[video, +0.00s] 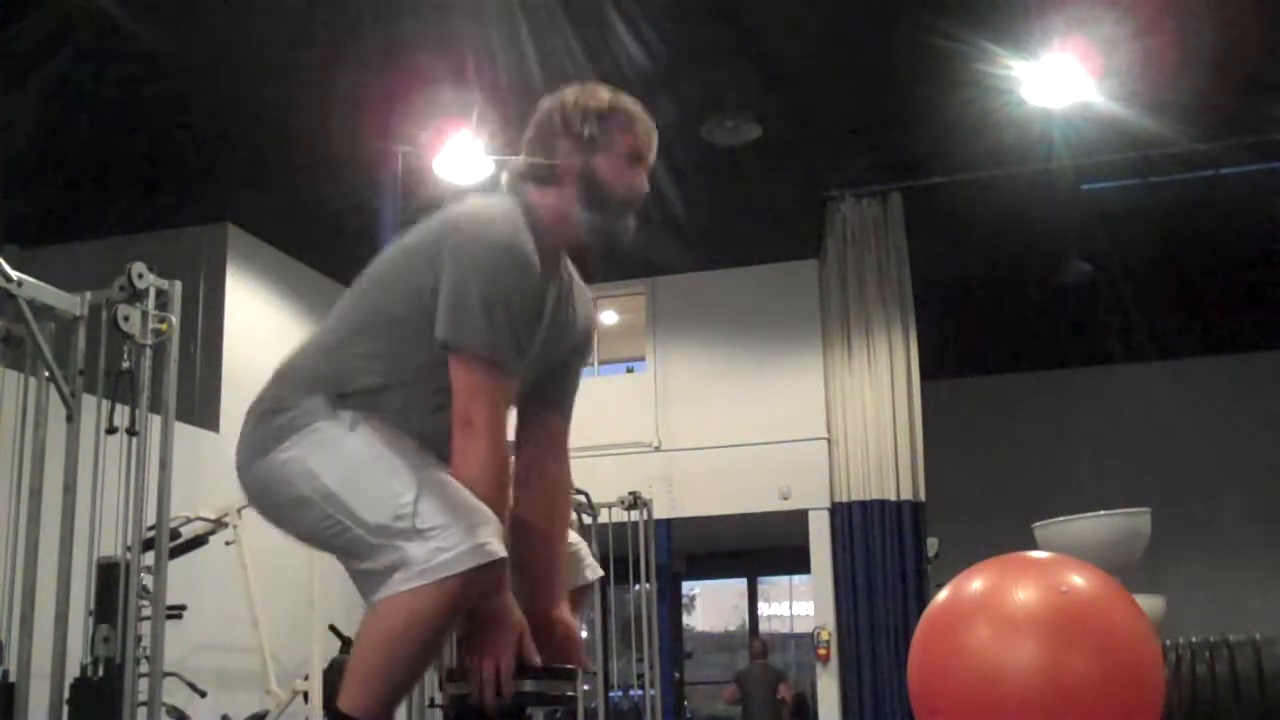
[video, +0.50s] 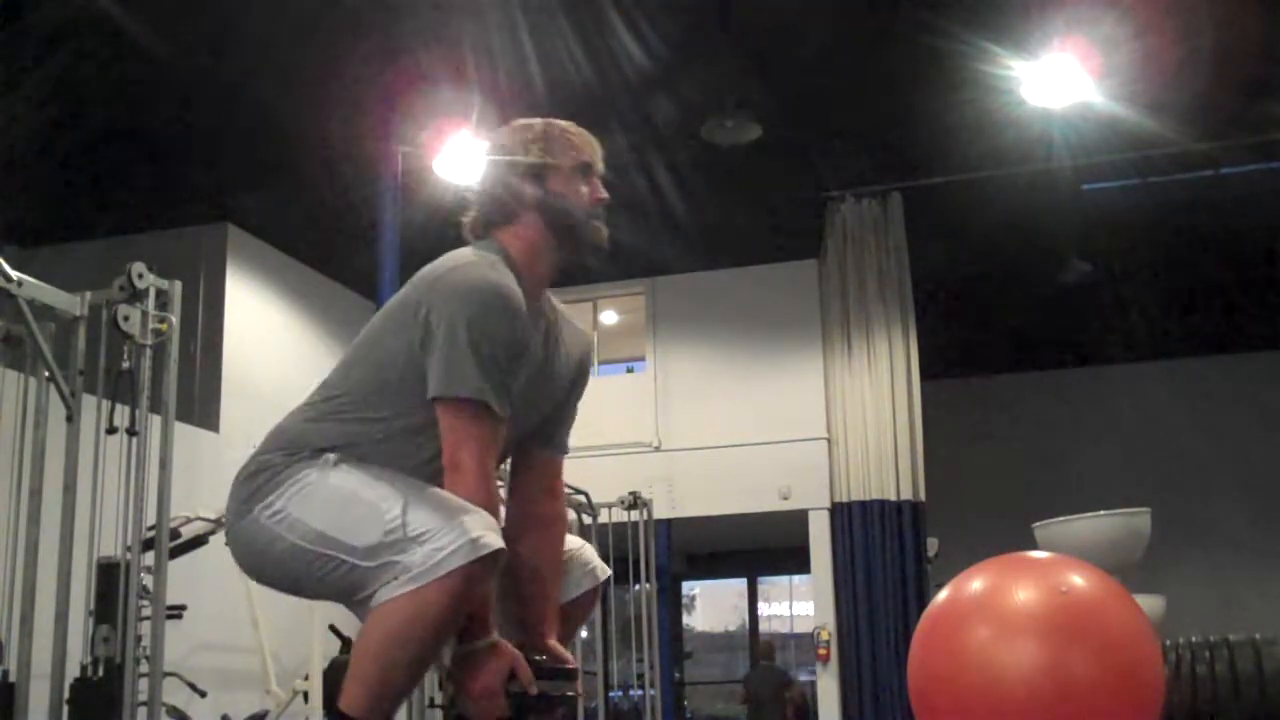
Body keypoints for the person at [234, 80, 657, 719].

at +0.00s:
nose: (645, 186)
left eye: (648, 168)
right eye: (632, 161)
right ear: (571, 154)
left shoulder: (572, 305)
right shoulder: (493, 237)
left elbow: (543, 460)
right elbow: (474, 430)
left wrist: (547, 605)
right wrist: (488, 601)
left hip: (397, 446)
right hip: (307, 427)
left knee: (566, 570)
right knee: (459, 548)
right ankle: (355, 709)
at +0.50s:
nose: (604, 192)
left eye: (601, 177)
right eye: (584, 174)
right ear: (527, 186)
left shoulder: (567, 342)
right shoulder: (477, 286)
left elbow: (541, 494)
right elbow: (468, 475)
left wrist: (540, 636)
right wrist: (477, 640)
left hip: (392, 497)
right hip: (291, 485)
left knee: (574, 576)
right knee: (456, 546)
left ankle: (484, 710)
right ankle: (355, 711)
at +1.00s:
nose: (554, 47)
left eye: (552, 31)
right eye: (533, 26)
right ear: (473, 38)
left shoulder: (530, 208)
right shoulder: (436, 142)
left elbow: (523, 352)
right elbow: (454, 320)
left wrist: (536, 485)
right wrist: (475, 472)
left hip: (389, 388)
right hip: (304, 371)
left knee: (505, 544)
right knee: (416, 528)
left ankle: (474, 703)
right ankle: (343, 712)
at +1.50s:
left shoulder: (523, 75)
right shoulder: (427, 8)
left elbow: (519, 211)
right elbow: (442, 158)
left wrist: (531, 337)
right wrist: (464, 308)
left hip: (452, 317)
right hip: (365, 300)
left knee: (462, 553)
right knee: (363, 533)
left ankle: (449, 711)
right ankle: (332, 711)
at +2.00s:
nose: (610, 118)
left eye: (605, 103)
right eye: (592, 100)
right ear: (533, 114)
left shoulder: (558, 280)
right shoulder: (469, 214)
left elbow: (542, 429)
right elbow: (474, 406)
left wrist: (545, 565)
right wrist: (491, 564)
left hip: (396, 429)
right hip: (299, 407)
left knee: (559, 563)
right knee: (432, 533)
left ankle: (477, 705)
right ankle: (345, 710)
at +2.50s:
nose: (607, 124)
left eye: (611, 106)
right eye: (587, 105)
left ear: (619, 123)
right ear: (531, 117)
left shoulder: (582, 263)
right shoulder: (499, 213)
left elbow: (568, 425)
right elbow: (491, 391)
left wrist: (584, 542)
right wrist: (526, 543)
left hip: (409, 426)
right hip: (321, 404)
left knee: (546, 564)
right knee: (455, 545)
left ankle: (358, 683)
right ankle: (362, 706)